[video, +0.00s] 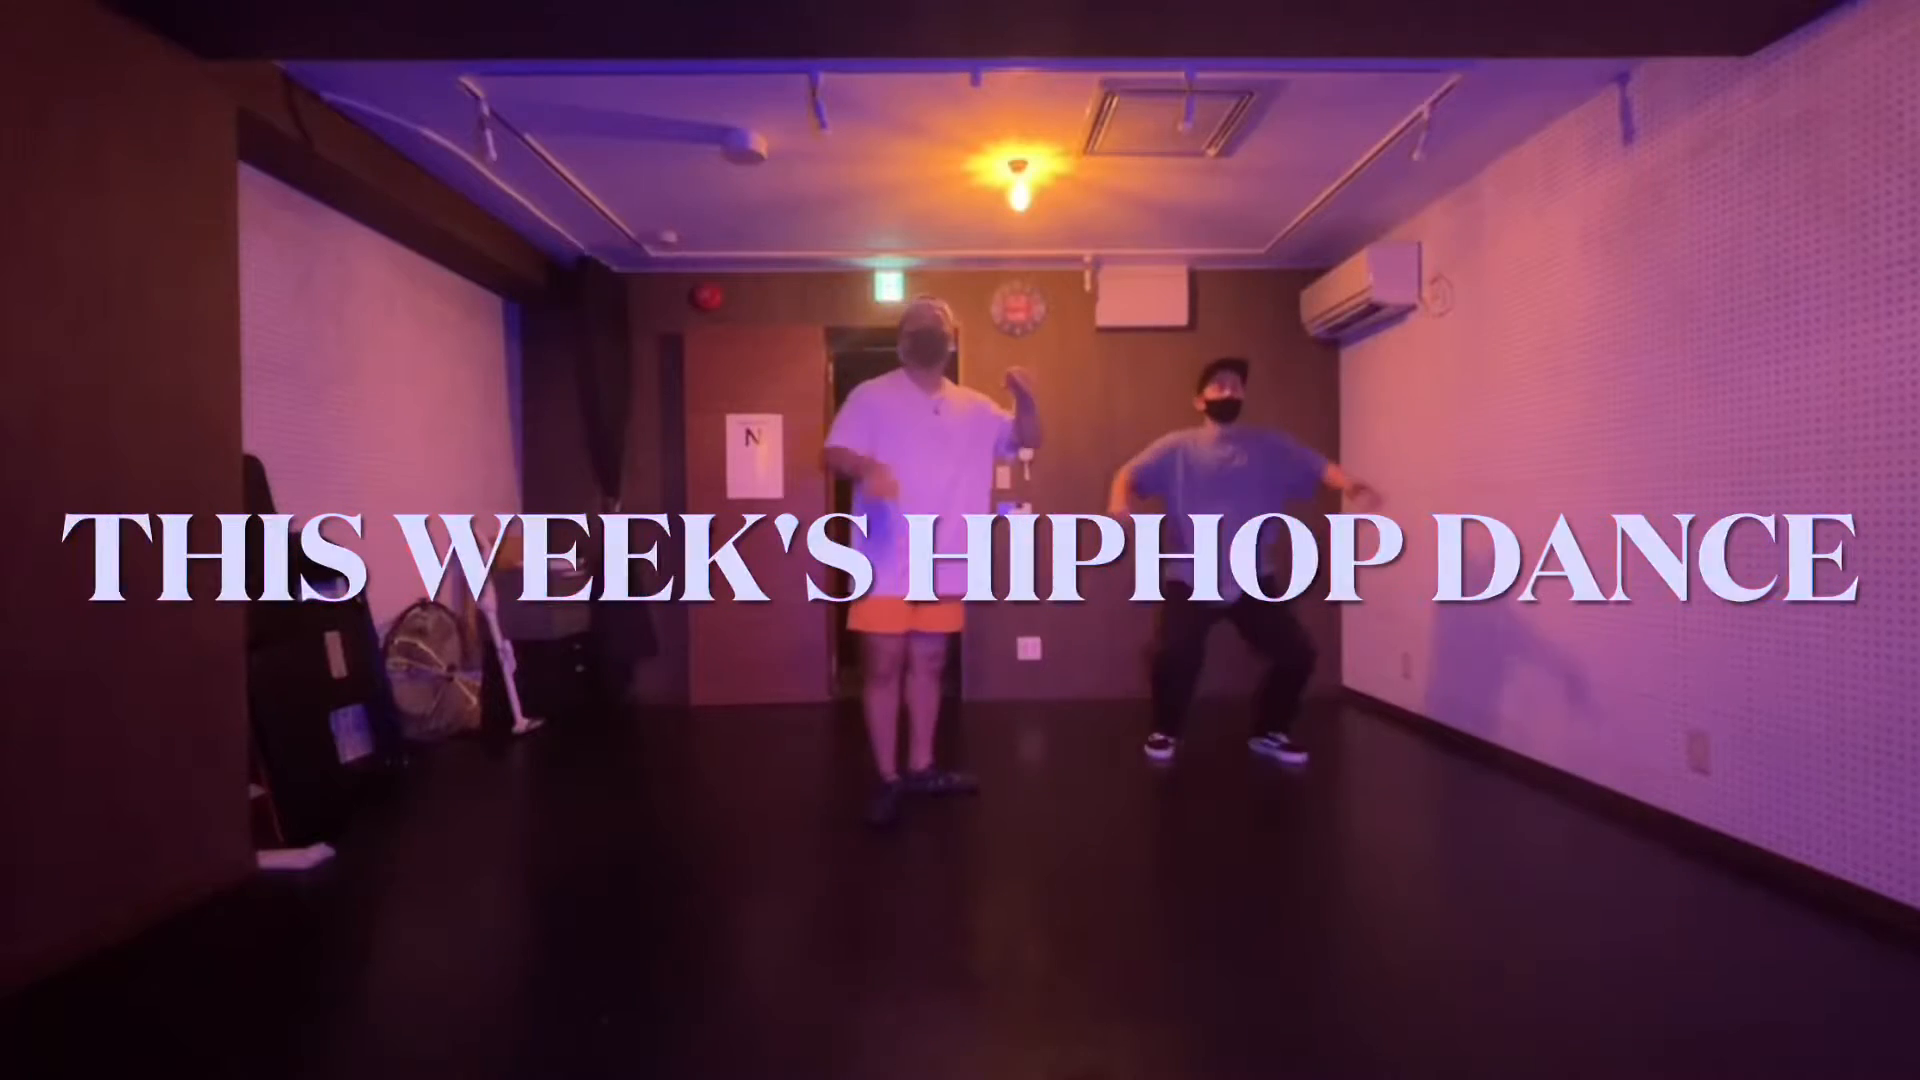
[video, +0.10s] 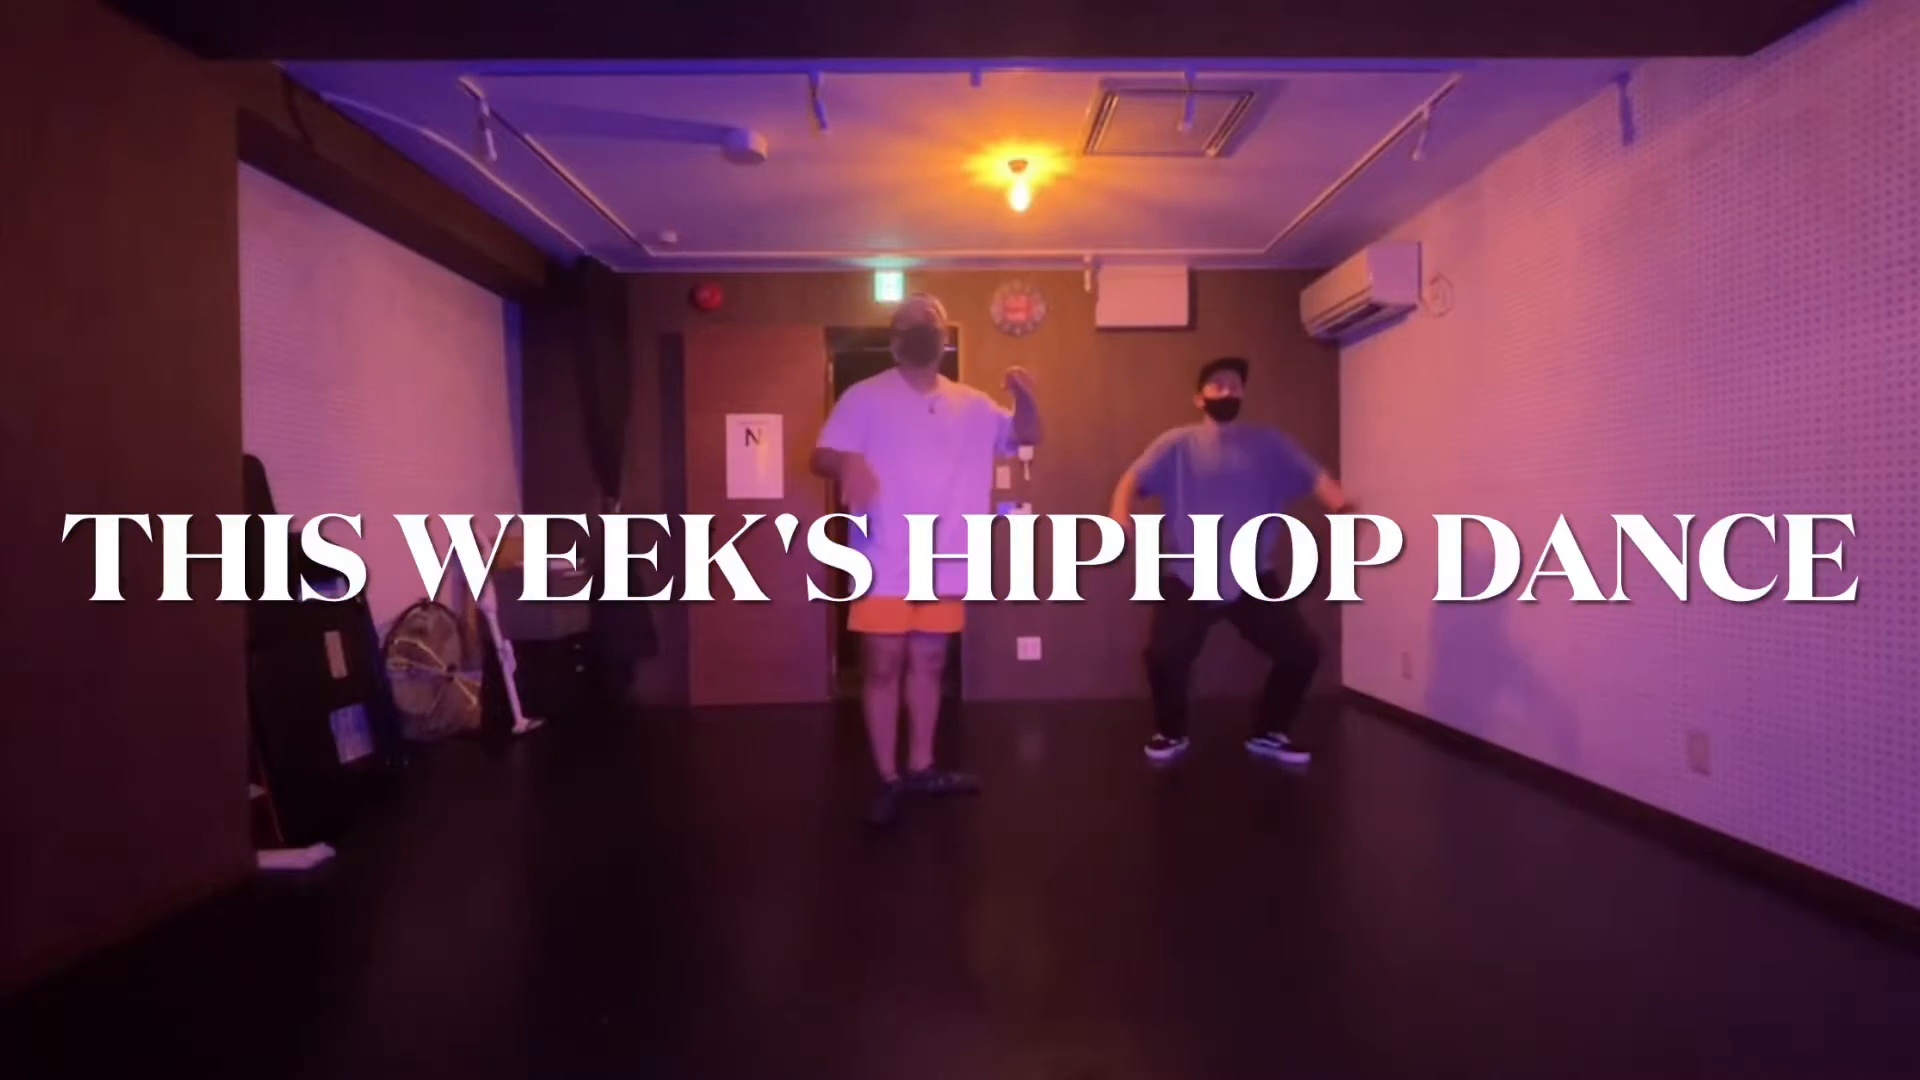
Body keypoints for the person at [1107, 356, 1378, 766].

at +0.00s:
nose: (1227, 392)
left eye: (1235, 386)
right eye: (1218, 385)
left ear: (1245, 396)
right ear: (1200, 398)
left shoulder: (1267, 445)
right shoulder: (1178, 446)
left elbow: (1320, 468)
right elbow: (1125, 476)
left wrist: (1350, 486)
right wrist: (1120, 513)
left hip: (1251, 583)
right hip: (1189, 584)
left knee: (1295, 653)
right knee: (1175, 654)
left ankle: (1270, 732)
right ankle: (1164, 732)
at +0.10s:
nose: (1225, 392)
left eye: (1233, 385)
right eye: (1216, 384)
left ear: (1243, 393)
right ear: (1199, 396)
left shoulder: (1267, 443)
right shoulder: (1176, 444)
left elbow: (1320, 483)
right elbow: (1129, 483)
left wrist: (1345, 508)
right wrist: (1118, 528)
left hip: (1251, 581)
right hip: (1187, 582)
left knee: (1300, 649)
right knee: (1163, 654)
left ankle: (1269, 734)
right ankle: (1170, 735)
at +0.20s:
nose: (1226, 374)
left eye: (1234, 368)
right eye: (1217, 367)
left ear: (1244, 377)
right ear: (1199, 377)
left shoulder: (1260, 430)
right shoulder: (1176, 429)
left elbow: (1296, 493)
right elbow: (1140, 485)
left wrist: (1316, 545)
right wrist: (1141, 542)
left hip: (1245, 570)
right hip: (1184, 570)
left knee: (1288, 639)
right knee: (1166, 650)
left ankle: (1269, 732)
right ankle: (1170, 734)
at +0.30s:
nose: (1228, 365)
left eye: (1236, 358)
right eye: (1219, 357)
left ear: (1245, 366)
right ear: (1200, 366)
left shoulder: (1259, 422)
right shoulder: (1176, 419)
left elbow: (1283, 486)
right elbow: (1148, 480)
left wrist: (1290, 540)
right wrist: (1145, 543)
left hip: (1245, 559)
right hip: (1185, 559)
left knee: (1273, 639)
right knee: (1171, 646)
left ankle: (1268, 732)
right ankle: (1172, 732)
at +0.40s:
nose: (1230, 355)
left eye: (1237, 348)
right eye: (1221, 347)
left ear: (1247, 357)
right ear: (1202, 356)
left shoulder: (1261, 416)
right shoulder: (1177, 408)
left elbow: (1277, 481)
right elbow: (1148, 471)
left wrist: (1283, 534)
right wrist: (1147, 532)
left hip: (1242, 549)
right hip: (1183, 548)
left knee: (1251, 638)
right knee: (1179, 638)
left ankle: (1257, 727)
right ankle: (1175, 726)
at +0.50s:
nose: (1231, 352)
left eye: (1239, 345)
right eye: (1222, 344)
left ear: (1249, 355)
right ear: (1204, 353)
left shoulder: (1261, 414)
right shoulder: (1176, 404)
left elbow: (1277, 480)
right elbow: (1146, 465)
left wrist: (1282, 532)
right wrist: (1146, 525)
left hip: (1240, 545)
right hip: (1183, 544)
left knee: (1242, 637)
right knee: (1183, 636)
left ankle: (1249, 726)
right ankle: (1182, 725)